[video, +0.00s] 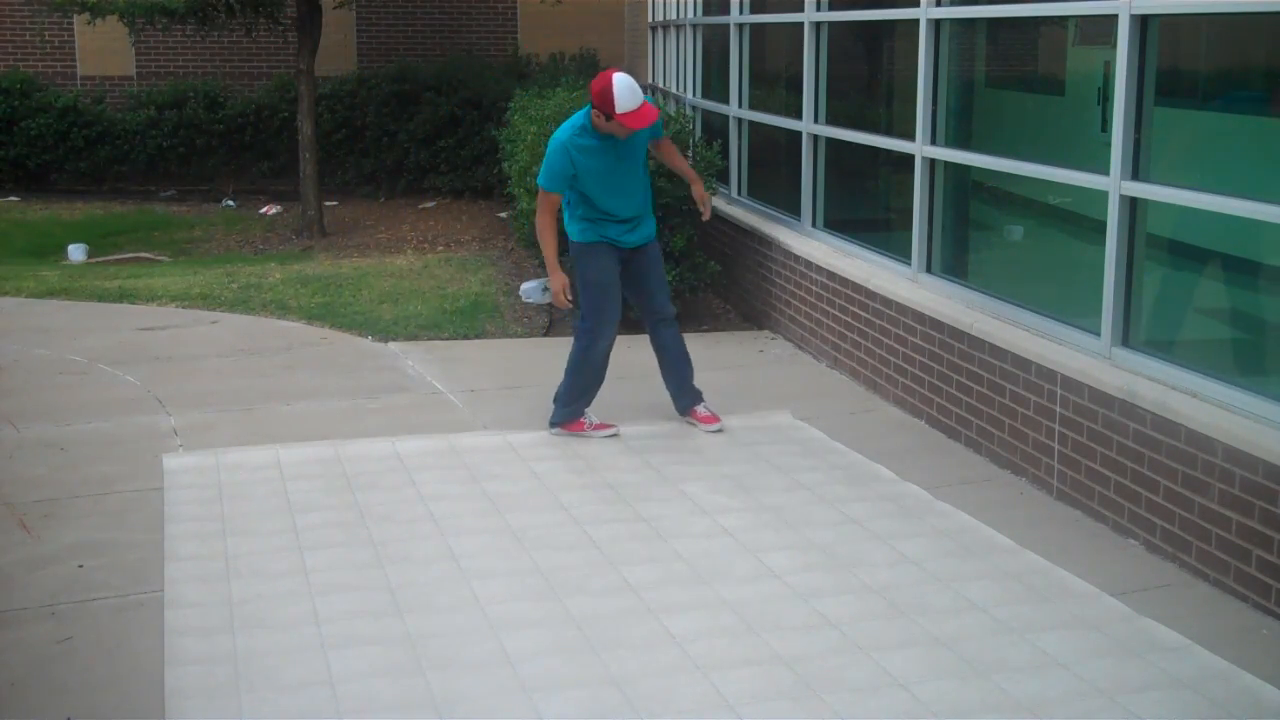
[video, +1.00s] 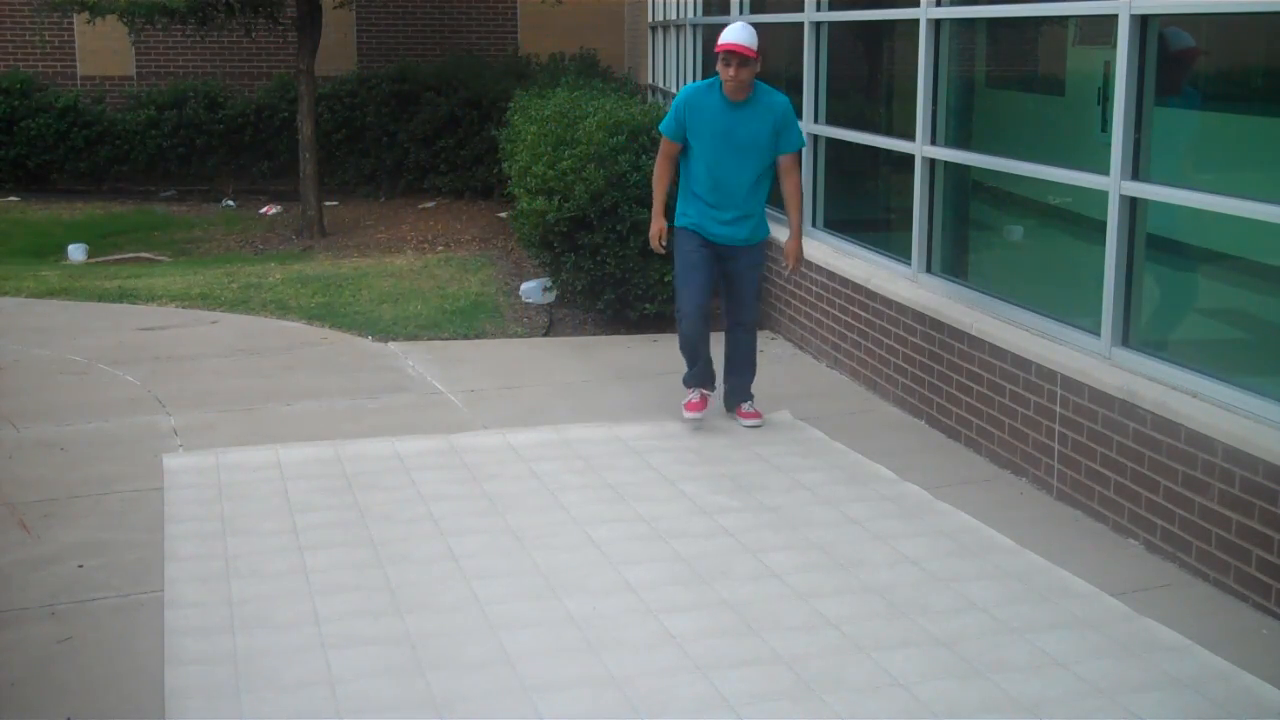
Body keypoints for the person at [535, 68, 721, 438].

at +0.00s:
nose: (633, 129)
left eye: (636, 121)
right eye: (627, 124)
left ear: (642, 107)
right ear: (600, 116)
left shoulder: (640, 116)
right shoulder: (565, 144)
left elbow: (660, 143)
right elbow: (546, 210)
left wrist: (694, 180)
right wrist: (554, 270)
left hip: (641, 235)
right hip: (593, 240)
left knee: (662, 317)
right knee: (599, 325)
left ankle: (690, 402)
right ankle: (567, 414)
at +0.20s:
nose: (658, 126)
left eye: (660, 117)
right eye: (650, 121)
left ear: (665, 104)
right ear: (626, 115)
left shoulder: (676, 111)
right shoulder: (598, 146)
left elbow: (699, 144)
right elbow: (563, 206)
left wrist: (734, 177)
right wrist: (543, 264)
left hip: (679, 235)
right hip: (629, 242)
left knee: (707, 317)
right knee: (616, 326)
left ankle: (737, 399)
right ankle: (570, 412)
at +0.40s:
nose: (718, 118)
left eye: (722, 110)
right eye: (711, 111)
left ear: (727, 100)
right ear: (688, 101)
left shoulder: (727, 117)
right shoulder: (656, 136)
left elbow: (732, 150)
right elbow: (620, 190)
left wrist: (756, 186)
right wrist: (592, 245)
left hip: (717, 235)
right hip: (666, 239)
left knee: (737, 319)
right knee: (644, 321)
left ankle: (738, 399)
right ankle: (595, 401)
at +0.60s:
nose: (750, 96)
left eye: (757, 89)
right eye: (742, 87)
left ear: (764, 84)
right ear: (722, 78)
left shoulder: (761, 106)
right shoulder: (688, 116)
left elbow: (753, 149)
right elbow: (653, 171)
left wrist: (762, 192)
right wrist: (659, 235)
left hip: (738, 228)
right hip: (692, 230)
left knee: (745, 315)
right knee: (698, 316)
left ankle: (739, 399)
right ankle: (671, 394)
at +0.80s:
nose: (752, 83)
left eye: (761, 75)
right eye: (745, 72)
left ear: (769, 75)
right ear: (729, 66)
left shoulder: (774, 108)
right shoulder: (696, 106)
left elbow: (777, 161)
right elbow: (661, 162)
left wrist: (789, 218)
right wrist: (667, 224)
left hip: (747, 227)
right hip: (700, 227)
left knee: (747, 314)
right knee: (722, 314)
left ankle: (740, 397)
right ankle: (706, 389)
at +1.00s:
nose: (732, 72)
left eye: (741, 64)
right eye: (725, 63)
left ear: (756, 65)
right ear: (716, 63)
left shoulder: (778, 108)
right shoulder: (691, 99)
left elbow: (789, 173)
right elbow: (666, 157)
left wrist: (795, 234)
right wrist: (657, 215)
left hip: (747, 231)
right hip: (694, 226)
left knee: (743, 319)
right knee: (690, 314)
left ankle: (739, 397)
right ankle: (699, 386)